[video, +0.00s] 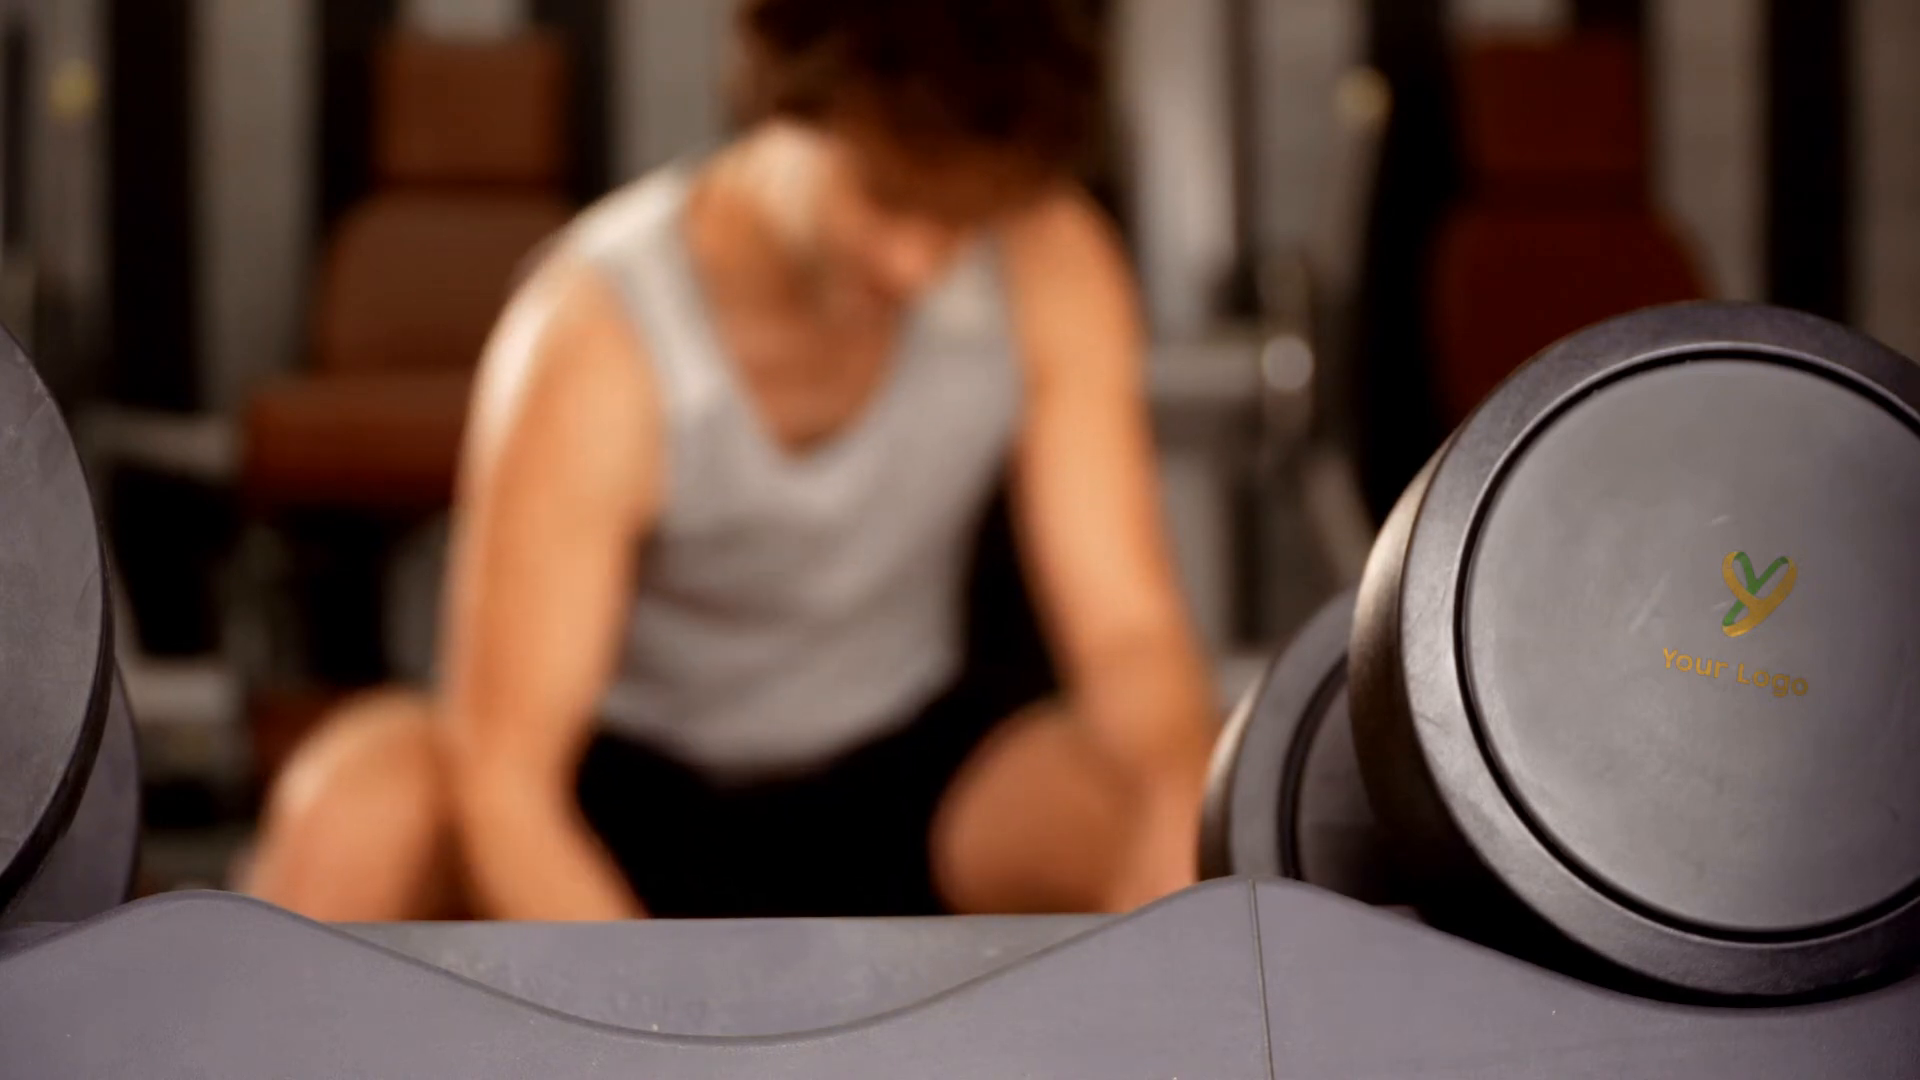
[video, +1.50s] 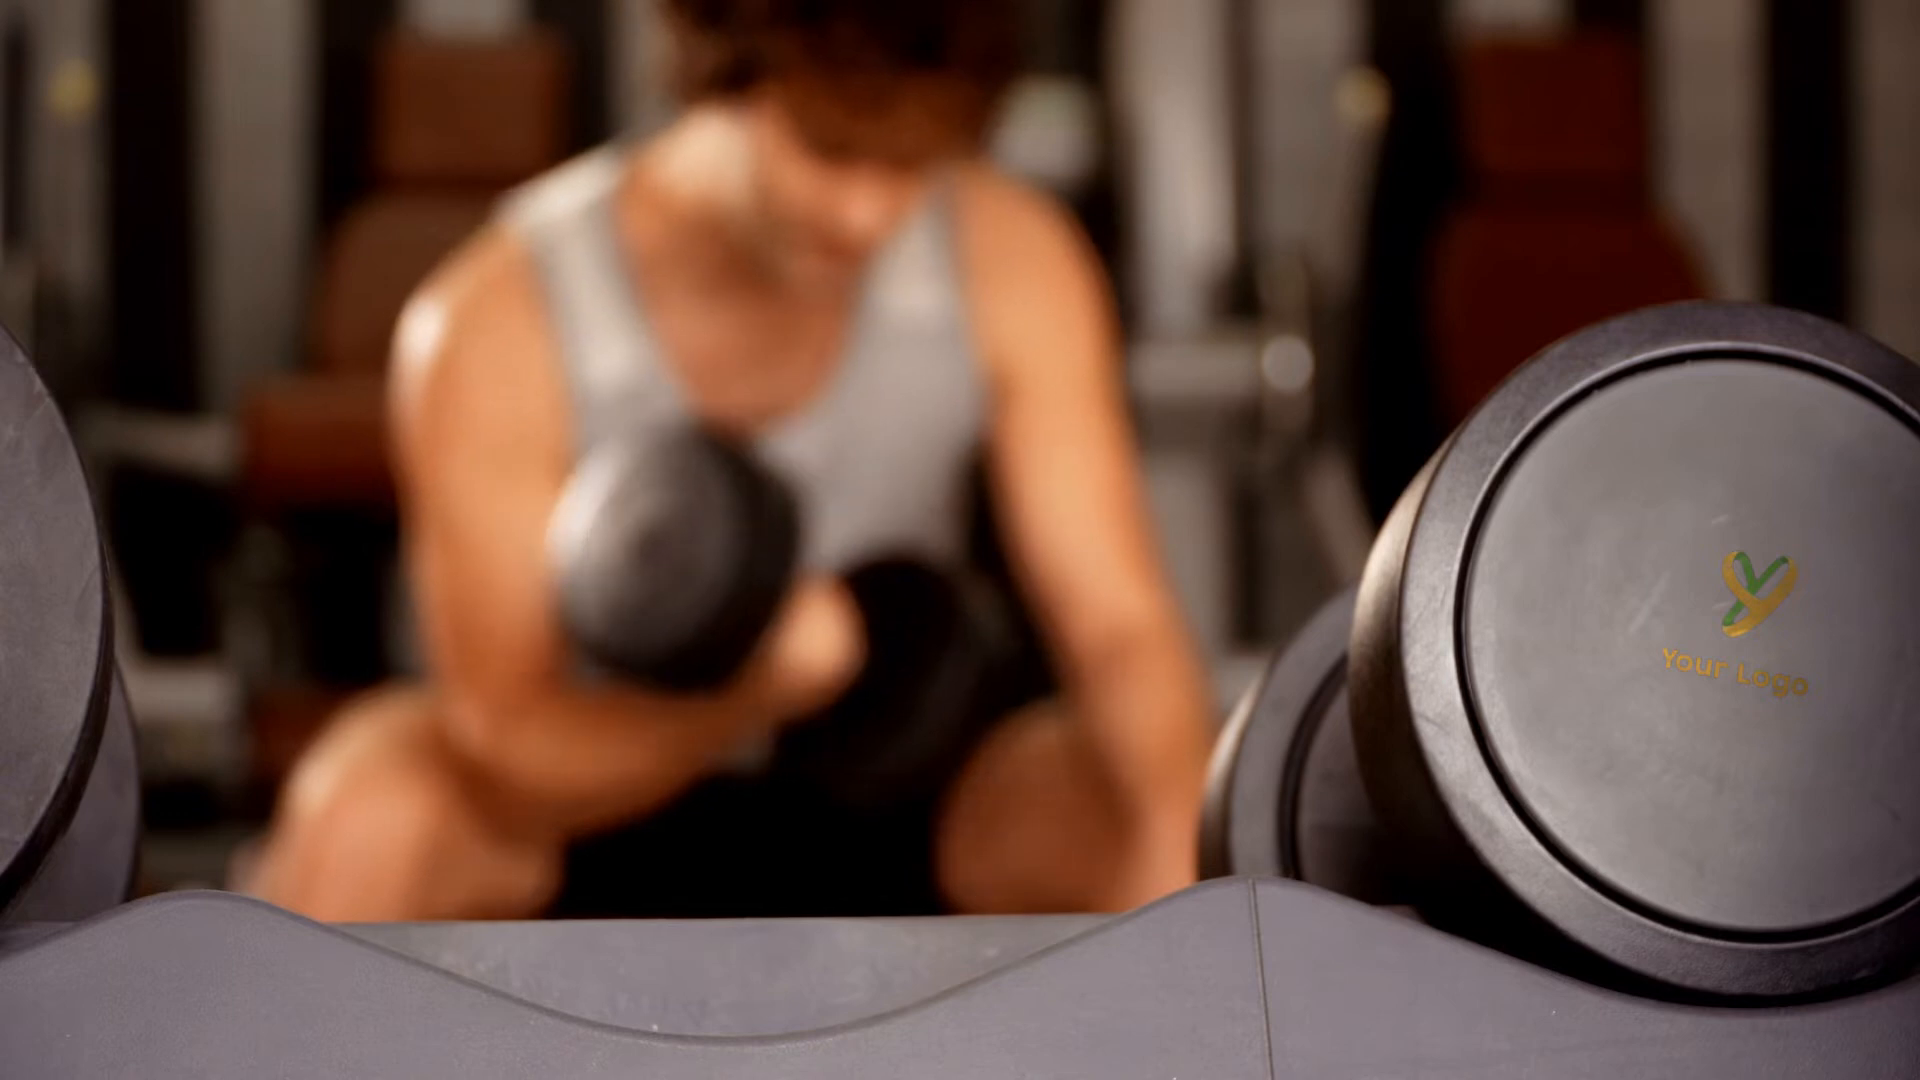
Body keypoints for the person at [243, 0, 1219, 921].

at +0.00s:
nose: (919, 264)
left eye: (970, 220)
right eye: (888, 202)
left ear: (1015, 174)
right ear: (793, 115)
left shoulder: (1044, 254)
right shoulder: (595, 327)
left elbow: (1128, 639)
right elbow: (503, 778)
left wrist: (1183, 863)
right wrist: (662, 1032)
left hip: (898, 780)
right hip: (627, 794)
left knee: (1187, 808)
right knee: (354, 789)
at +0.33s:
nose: (908, 231)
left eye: (957, 183)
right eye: (875, 168)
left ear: (1010, 150)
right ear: (777, 76)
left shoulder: (1038, 257)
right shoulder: (556, 309)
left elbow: (1134, 640)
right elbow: (519, 737)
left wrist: (1185, 835)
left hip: (899, 802)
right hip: (619, 800)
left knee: (1193, 787)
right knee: (373, 789)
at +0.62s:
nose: (879, 229)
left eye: (925, 181)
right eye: (845, 168)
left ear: (977, 140)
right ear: (750, 86)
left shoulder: (1006, 254)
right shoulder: (497, 314)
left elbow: (1123, 635)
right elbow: (524, 758)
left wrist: (1177, 869)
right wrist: (746, 715)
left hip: (895, 793)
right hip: (601, 804)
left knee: (1175, 795)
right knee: (372, 800)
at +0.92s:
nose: (854, 231)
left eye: (902, 181)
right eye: (816, 170)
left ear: (950, 148)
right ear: (712, 93)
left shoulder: (990, 255)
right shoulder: (465, 330)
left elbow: (1119, 633)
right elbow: (529, 767)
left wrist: (1181, 889)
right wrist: (755, 662)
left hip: (892, 787)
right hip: (598, 808)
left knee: (1174, 814)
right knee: (373, 807)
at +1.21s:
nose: (862, 237)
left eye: (906, 185)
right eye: (820, 177)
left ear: (953, 151)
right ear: (713, 117)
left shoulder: (994, 259)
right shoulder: (471, 335)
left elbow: (1123, 638)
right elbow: (536, 778)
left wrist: (1176, 880)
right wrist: (754, 621)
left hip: (900, 780)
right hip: (602, 803)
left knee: (1181, 814)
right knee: (371, 807)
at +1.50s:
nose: (868, 213)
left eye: (916, 163)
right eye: (833, 152)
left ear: (966, 129)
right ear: (729, 75)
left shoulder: (1008, 252)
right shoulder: (495, 318)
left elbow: (1120, 628)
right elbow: (516, 752)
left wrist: (1186, 875)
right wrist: (751, 692)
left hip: (895, 789)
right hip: (601, 800)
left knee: (1166, 807)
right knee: (369, 803)